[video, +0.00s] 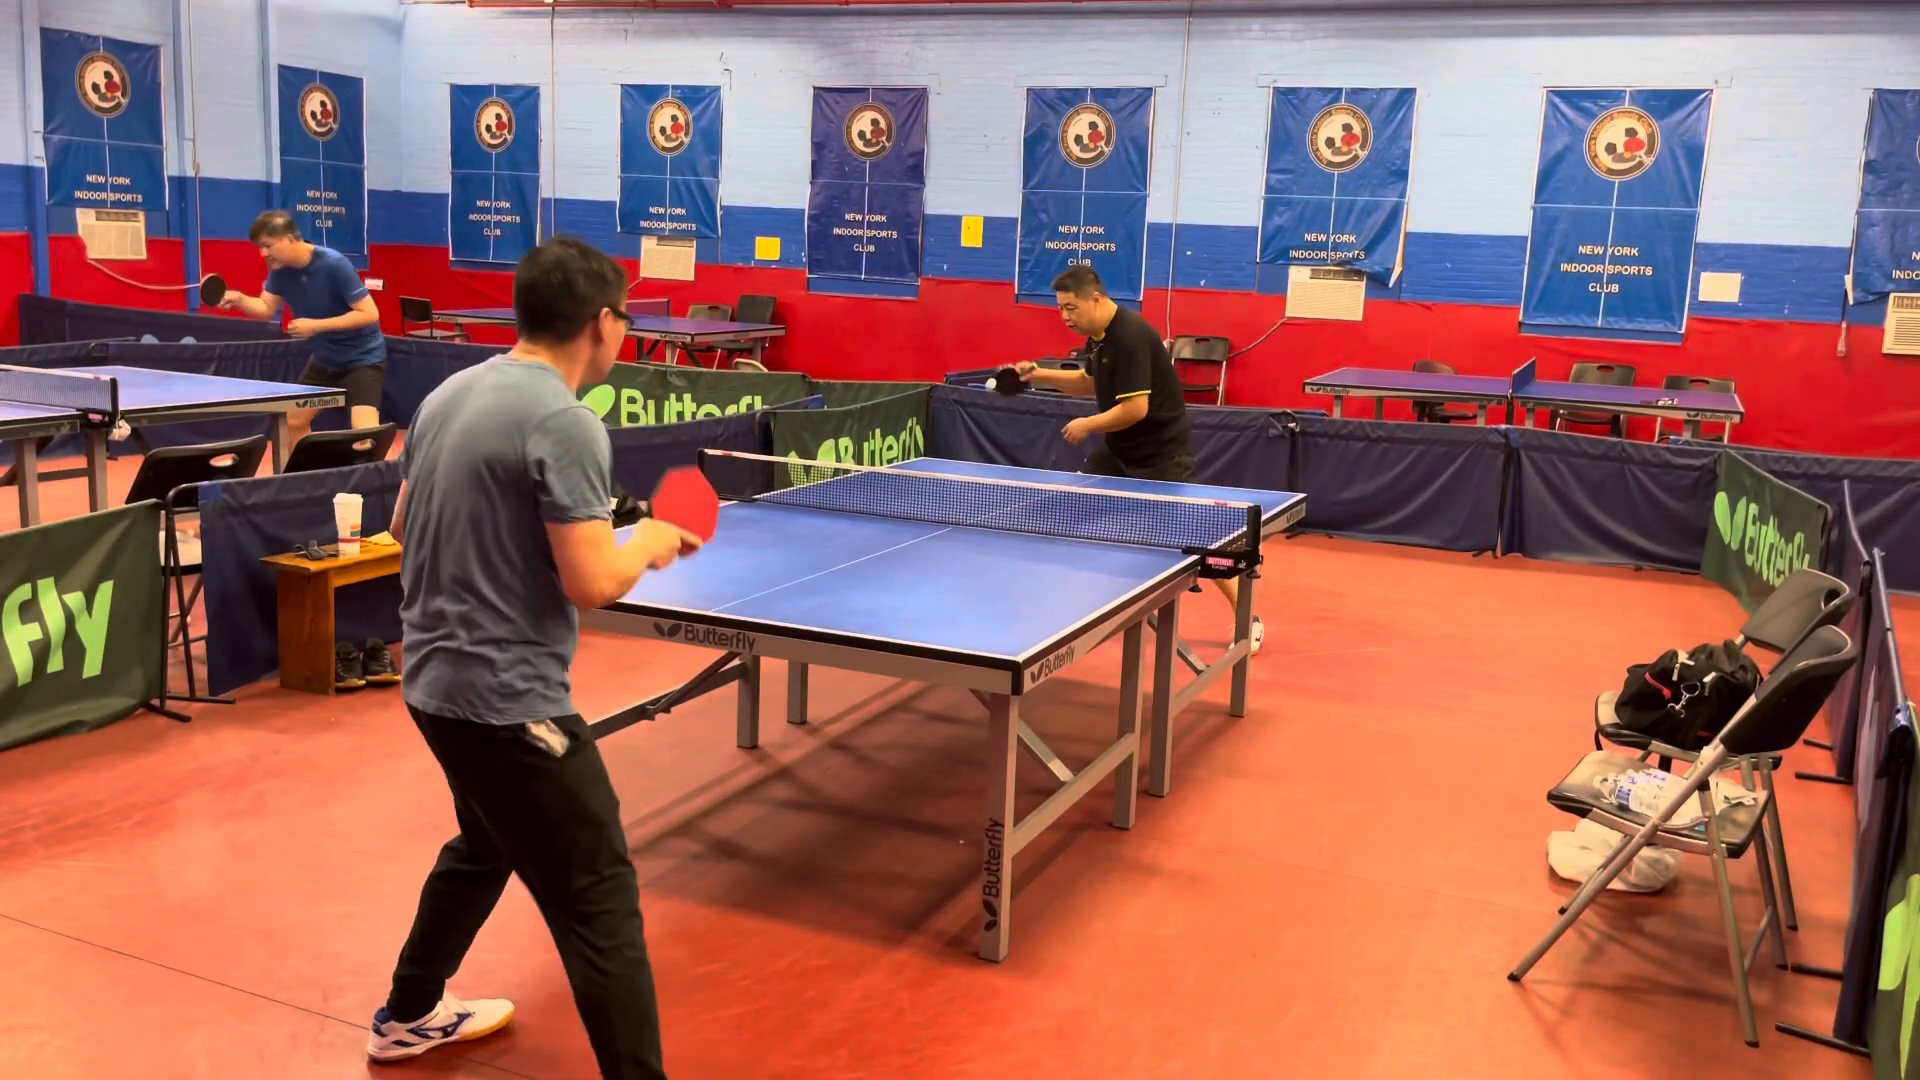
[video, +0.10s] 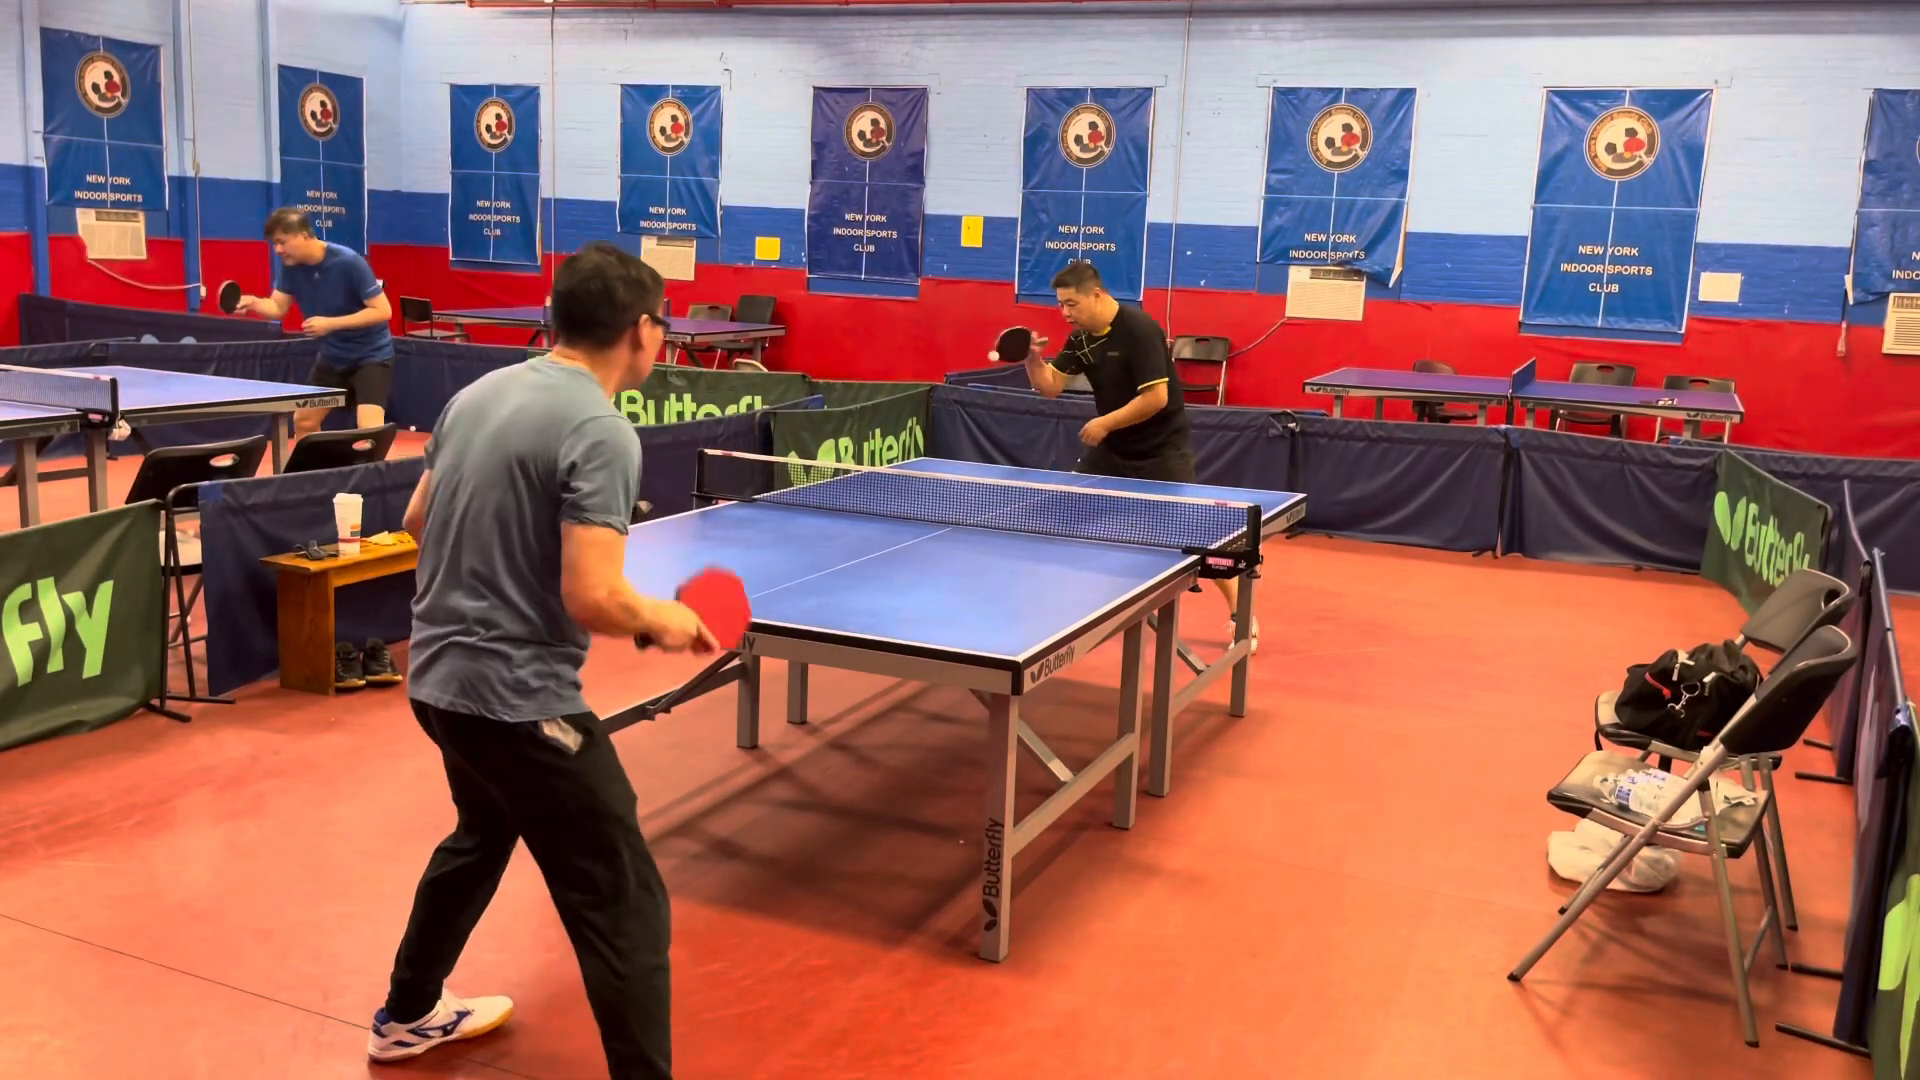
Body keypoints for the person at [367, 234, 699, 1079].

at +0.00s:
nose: (624, 338)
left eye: (622, 320)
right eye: (621, 321)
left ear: (527, 316)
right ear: (597, 323)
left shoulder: (447, 397)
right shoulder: (564, 422)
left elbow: (408, 527)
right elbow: (592, 582)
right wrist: (653, 538)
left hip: (435, 685)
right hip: (512, 700)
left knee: (486, 840)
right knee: (597, 891)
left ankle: (409, 1011)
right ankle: (638, 1071)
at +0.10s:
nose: (661, 344)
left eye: (662, 329)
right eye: (660, 328)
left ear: (561, 321)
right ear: (638, 330)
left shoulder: (479, 394)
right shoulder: (600, 428)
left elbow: (421, 519)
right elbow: (590, 597)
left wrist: (520, 568)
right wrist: (660, 619)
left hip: (440, 684)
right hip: (523, 701)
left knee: (482, 831)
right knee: (622, 901)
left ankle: (407, 1012)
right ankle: (644, 1068)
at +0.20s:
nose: (696, 355)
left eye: (696, 338)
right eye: (695, 339)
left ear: (600, 332)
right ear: (673, 344)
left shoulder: (521, 395)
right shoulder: (618, 438)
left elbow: (452, 519)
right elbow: (577, 601)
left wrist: (501, 624)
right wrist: (653, 703)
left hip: (441, 682)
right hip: (516, 702)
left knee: (482, 837)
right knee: (621, 910)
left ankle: (406, 1014)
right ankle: (643, 1068)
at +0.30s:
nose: (720, 385)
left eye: (722, 368)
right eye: (720, 367)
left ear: (633, 355)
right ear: (694, 370)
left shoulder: (560, 409)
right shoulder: (616, 460)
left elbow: (515, 544)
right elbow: (554, 625)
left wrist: (588, 615)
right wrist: (611, 764)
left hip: (444, 682)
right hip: (497, 707)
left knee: (494, 843)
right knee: (617, 902)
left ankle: (408, 1014)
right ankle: (638, 1065)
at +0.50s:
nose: (719, 390)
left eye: (722, 372)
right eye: (717, 371)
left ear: (642, 360)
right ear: (680, 369)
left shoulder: (569, 416)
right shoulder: (595, 451)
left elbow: (569, 554)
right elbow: (560, 614)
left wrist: (676, 579)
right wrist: (667, 691)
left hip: (454, 684)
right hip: (504, 702)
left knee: (510, 838)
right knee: (626, 903)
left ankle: (411, 1014)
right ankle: (641, 1069)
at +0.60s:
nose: (698, 351)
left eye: (701, 334)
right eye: (696, 332)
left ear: (612, 320)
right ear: (655, 324)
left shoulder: (528, 382)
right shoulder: (603, 416)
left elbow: (557, 518)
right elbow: (681, 576)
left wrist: (670, 532)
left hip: (445, 662)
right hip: (517, 682)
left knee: (482, 834)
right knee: (609, 905)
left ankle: (412, 1012)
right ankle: (642, 1069)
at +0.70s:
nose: (687, 321)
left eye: (690, 305)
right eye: (686, 303)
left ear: (591, 295)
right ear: (652, 299)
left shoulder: (504, 364)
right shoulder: (643, 400)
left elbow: (520, 480)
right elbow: (760, 481)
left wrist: (640, 501)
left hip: (435, 658)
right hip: (523, 679)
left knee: (458, 837)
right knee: (598, 902)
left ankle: (418, 1004)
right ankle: (646, 1067)